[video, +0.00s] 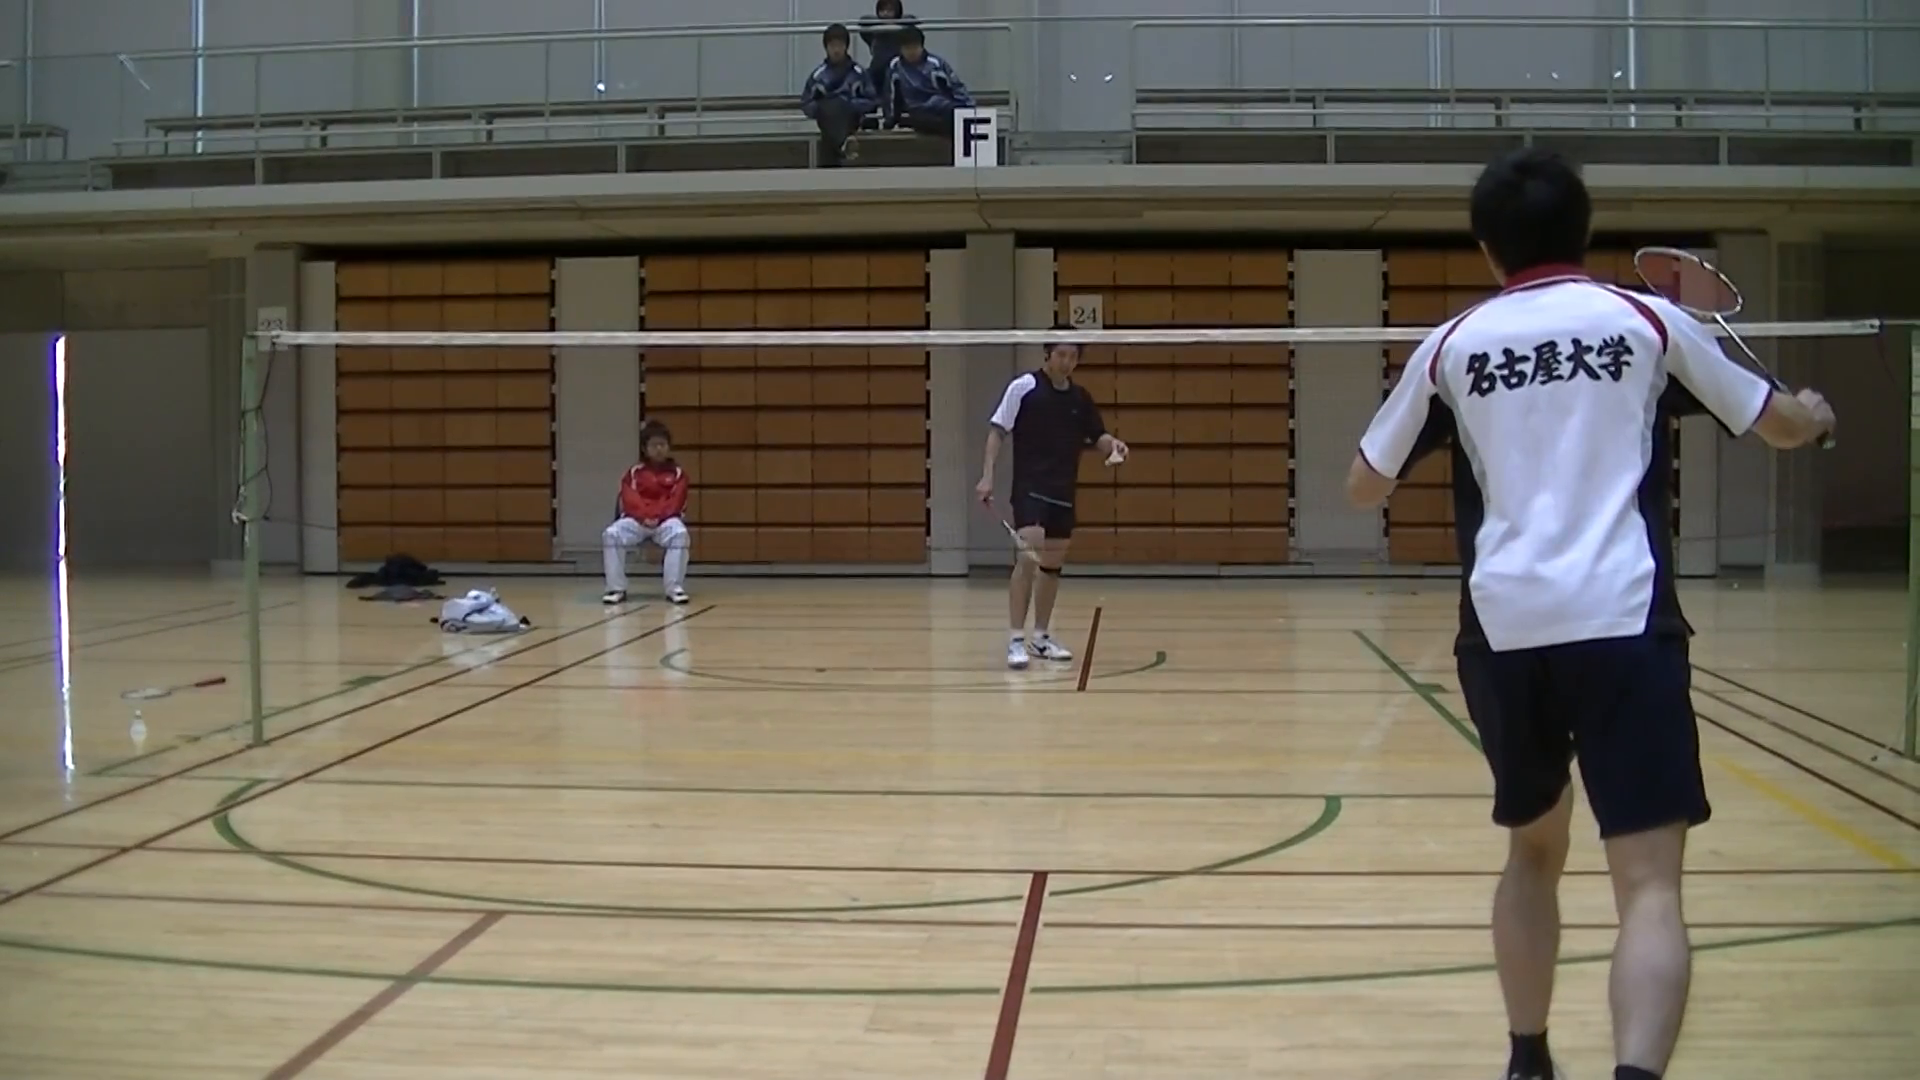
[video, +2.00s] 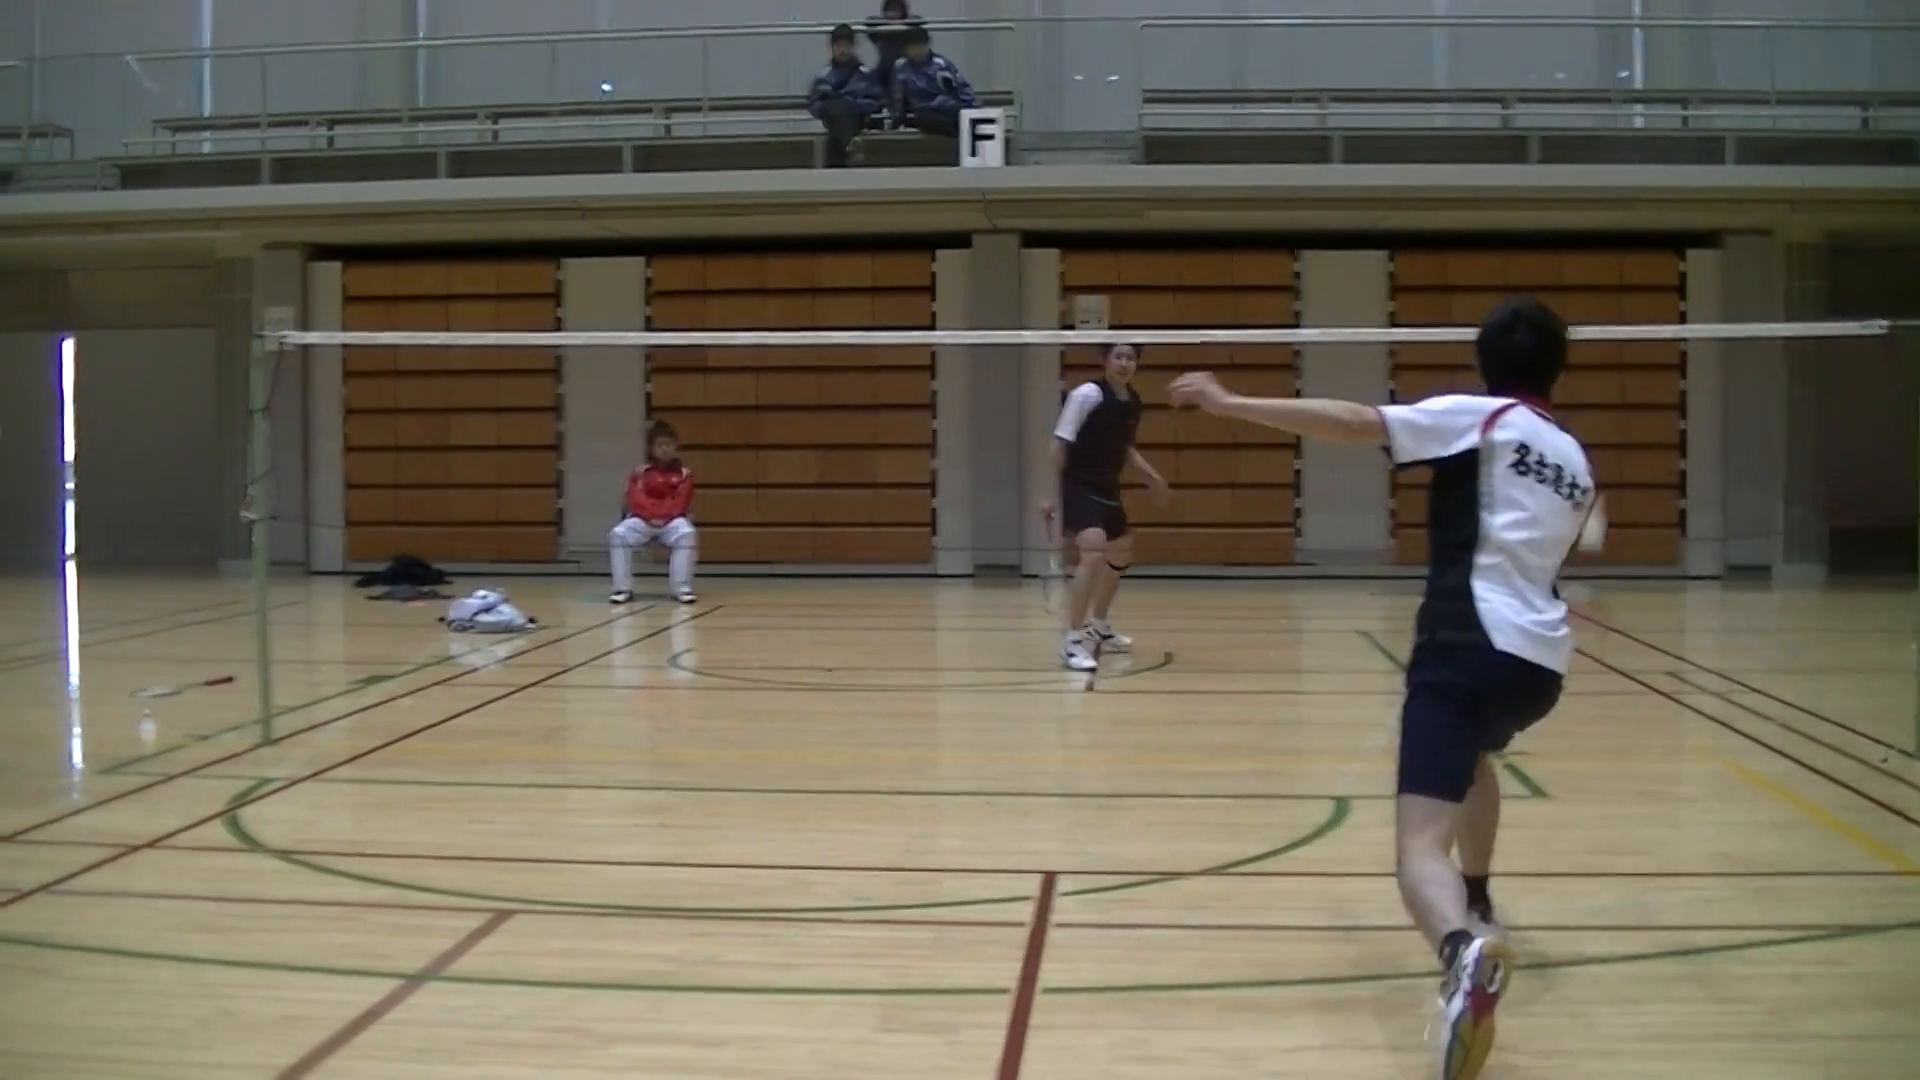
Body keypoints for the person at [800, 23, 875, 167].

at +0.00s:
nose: (836, 50)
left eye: (840, 45)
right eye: (832, 45)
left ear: (846, 47)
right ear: (826, 47)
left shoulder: (859, 72)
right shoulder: (818, 74)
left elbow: (871, 102)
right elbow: (807, 106)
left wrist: (846, 104)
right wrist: (823, 105)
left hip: (852, 119)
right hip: (826, 119)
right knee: (830, 105)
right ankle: (843, 143)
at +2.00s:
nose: (842, 50)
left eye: (846, 45)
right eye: (838, 46)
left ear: (852, 47)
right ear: (832, 48)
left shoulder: (866, 74)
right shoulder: (823, 76)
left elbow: (876, 103)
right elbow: (814, 105)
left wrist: (846, 103)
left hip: (860, 120)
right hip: (831, 120)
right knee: (835, 105)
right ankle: (851, 142)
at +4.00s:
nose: (833, 52)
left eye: (837, 48)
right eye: (829, 48)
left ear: (843, 49)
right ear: (822, 50)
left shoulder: (855, 75)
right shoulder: (813, 77)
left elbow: (867, 104)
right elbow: (803, 107)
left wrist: (842, 108)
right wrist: (824, 109)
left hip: (849, 120)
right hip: (821, 121)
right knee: (831, 106)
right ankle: (839, 145)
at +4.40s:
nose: (833, 53)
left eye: (837, 48)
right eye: (829, 48)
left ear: (843, 49)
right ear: (822, 51)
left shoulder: (855, 75)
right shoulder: (813, 77)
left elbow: (867, 105)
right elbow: (803, 108)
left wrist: (842, 107)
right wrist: (823, 109)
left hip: (848, 119)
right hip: (820, 120)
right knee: (830, 106)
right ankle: (841, 146)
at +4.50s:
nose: (833, 52)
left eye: (837, 48)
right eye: (829, 48)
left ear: (843, 49)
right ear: (822, 50)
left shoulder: (855, 74)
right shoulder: (813, 76)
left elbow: (867, 103)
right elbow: (804, 107)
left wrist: (843, 108)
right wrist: (823, 109)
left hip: (847, 119)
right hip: (820, 119)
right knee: (830, 106)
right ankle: (840, 145)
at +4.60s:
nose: (833, 52)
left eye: (837, 47)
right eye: (829, 48)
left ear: (843, 49)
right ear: (822, 50)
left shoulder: (855, 74)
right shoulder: (813, 76)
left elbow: (867, 103)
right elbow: (803, 107)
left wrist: (843, 108)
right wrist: (823, 109)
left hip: (848, 122)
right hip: (821, 123)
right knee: (830, 106)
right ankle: (840, 145)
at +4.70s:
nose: (833, 52)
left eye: (837, 47)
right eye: (829, 48)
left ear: (843, 49)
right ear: (822, 50)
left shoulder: (855, 74)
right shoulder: (813, 76)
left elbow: (867, 102)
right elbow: (803, 106)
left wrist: (843, 107)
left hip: (847, 119)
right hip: (821, 120)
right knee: (831, 106)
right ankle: (840, 145)